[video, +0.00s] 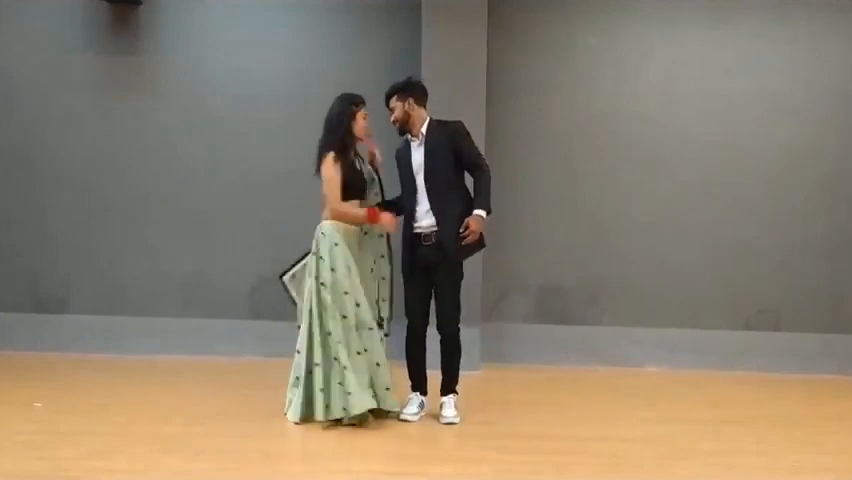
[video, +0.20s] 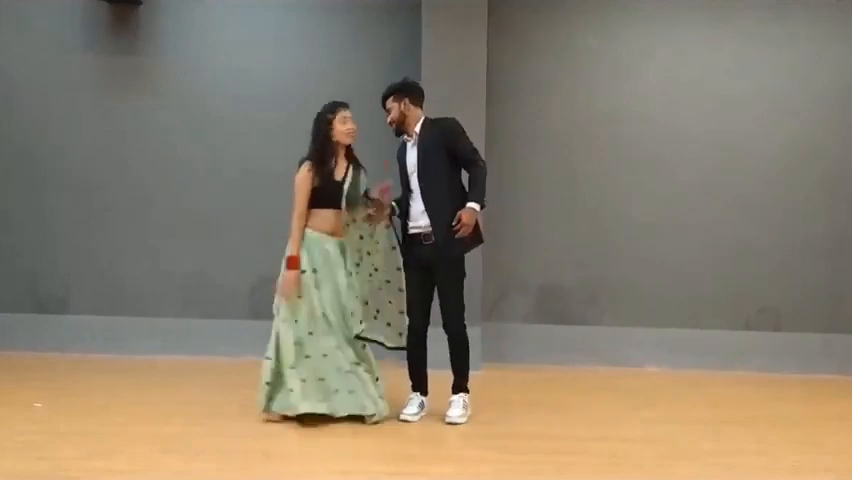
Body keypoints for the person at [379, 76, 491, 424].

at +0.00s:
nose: (390, 117)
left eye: (394, 109)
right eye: (389, 111)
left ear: (413, 105)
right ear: (407, 109)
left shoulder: (452, 131)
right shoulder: (403, 152)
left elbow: (481, 171)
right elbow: (410, 199)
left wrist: (479, 213)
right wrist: (378, 209)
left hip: (447, 239)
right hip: (414, 241)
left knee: (448, 323)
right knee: (416, 323)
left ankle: (449, 396)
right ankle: (418, 394)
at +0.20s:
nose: (387, 117)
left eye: (390, 109)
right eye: (385, 112)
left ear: (408, 105)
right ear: (404, 109)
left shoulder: (446, 128)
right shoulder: (403, 149)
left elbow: (477, 166)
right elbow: (412, 198)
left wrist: (473, 207)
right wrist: (391, 207)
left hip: (446, 240)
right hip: (414, 242)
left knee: (452, 322)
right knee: (416, 323)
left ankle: (460, 394)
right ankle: (419, 395)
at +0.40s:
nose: (390, 119)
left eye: (393, 111)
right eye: (389, 113)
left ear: (412, 107)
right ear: (407, 111)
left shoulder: (449, 130)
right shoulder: (407, 154)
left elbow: (482, 163)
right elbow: (418, 202)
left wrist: (482, 204)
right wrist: (394, 212)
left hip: (457, 242)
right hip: (424, 246)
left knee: (470, 323)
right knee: (418, 325)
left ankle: (483, 394)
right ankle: (419, 396)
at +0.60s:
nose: (406, 128)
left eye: (410, 120)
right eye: (404, 123)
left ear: (430, 115)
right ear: (422, 120)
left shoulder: (470, 138)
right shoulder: (419, 165)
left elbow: (503, 172)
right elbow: (418, 213)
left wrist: (517, 213)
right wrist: (392, 225)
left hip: (475, 252)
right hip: (438, 255)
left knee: (491, 331)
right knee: (422, 328)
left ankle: (501, 398)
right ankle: (419, 397)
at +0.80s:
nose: (443, 123)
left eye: (447, 115)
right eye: (441, 118)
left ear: (468, 111)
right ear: (458, 115)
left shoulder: (506, 142)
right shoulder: (447, 156)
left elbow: (533, 177)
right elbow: (417, 192)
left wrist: (555, 216)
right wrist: (376, 197)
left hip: (496, 256)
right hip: (458, 255)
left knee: (505, 334)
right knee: (434, 326)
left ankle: (503, 399)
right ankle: (419, 396)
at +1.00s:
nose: (469, 111)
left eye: (473, 104)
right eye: (466, 106)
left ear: (494, 102)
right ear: (474, 107)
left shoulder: (525, 139)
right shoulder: (465, 139)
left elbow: (541, 175)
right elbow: (425, 153)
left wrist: (561, 211)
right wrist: (379, 158)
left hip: (503, 251)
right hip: (465, 247)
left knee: (508, 330)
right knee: (439, 318)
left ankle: (503, 399)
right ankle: (415, 389)